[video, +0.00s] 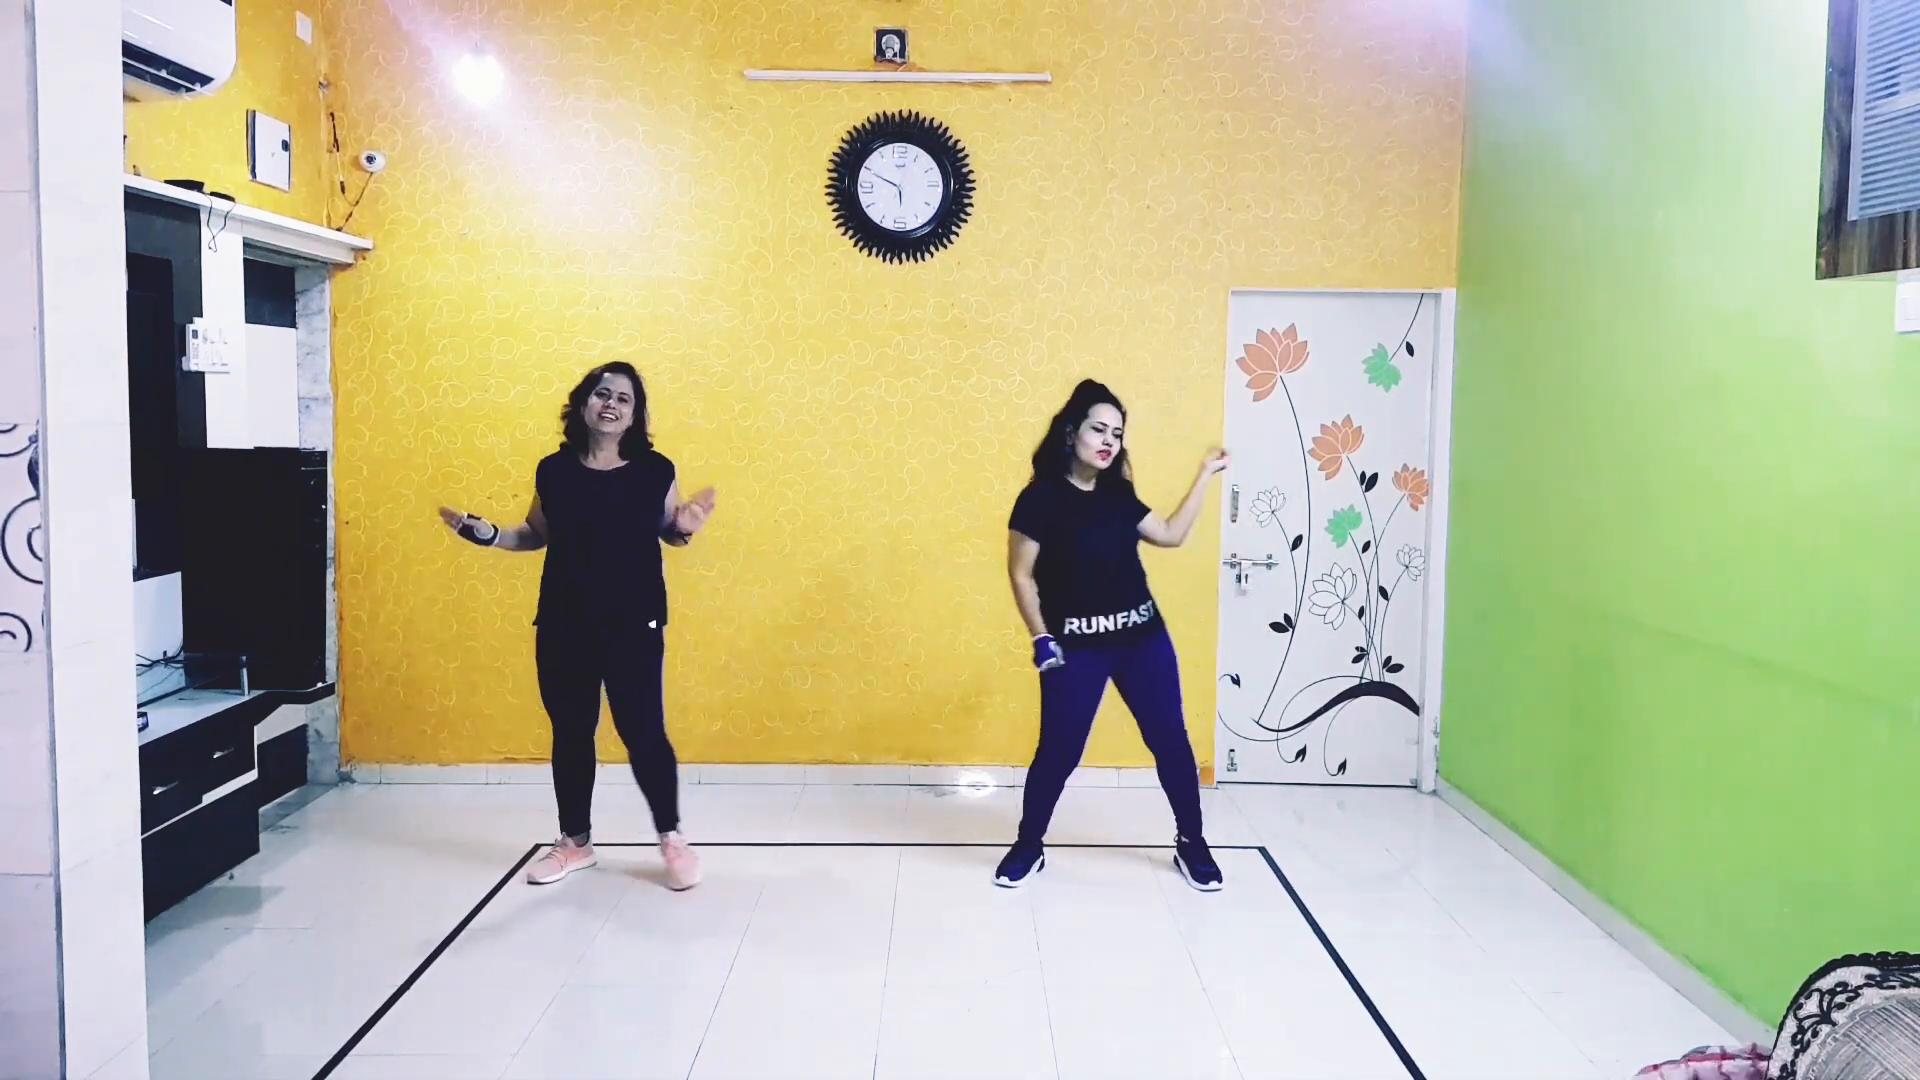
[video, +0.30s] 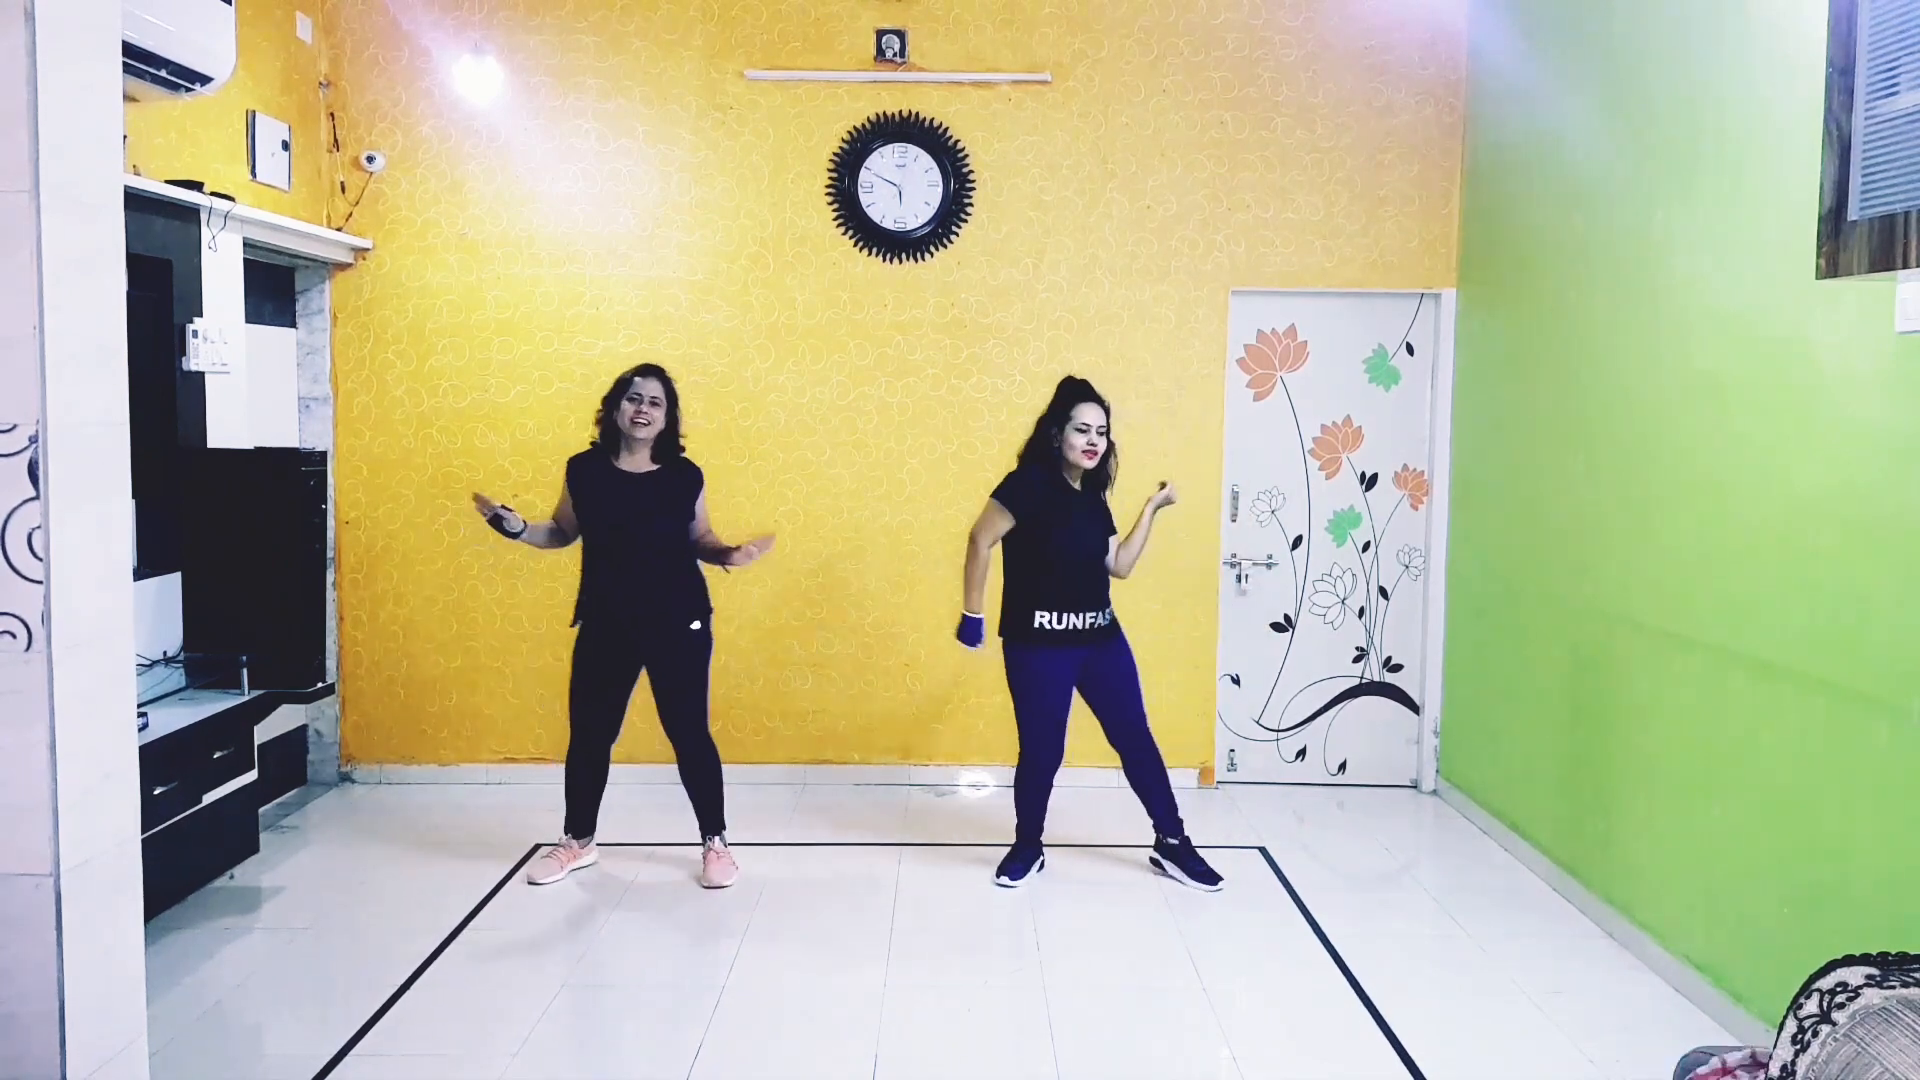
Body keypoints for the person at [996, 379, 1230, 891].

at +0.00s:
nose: (1109, 440)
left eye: (1116, 433)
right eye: (1099, 428)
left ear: (1120, 442)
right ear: (1071, 430)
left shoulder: (1116, 495)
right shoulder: (1040, 498)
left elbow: (1171, 534)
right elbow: (1021, 574)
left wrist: (1206, 473)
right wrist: (1042, 639)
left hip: (1141, 639)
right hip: (1074, 645)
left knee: (1171, 741)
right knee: (1057, 755)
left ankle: (1192, 841)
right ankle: (1028, 844)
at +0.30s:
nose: (1093, 441)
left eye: (1101, 433)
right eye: (1082, 430)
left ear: (1107, 441)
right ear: (1056, 432)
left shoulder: (1092, 499)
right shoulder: (1027, 485)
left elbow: (1121, 564)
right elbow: (981, 538)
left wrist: (1150, 509)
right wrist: (972, 613)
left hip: (1099, 640)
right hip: (1037, 643)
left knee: (1135, 738)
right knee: (1040, 754)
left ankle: (1171, 839)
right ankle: (1027, 845)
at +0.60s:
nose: (1087, 448)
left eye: (1096, 436)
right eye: (1074, 438)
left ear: (1110, 442)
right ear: (1057, 444)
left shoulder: (1102, 507)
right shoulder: (1033, 486)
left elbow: (1093, 582)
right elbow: (964, 516)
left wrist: (1133, 564)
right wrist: (922, 566)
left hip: (1078, 641)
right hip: (1016, 638)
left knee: (1123, 740)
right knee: (1029, 751)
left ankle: (1161, 843)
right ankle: (1026, 844)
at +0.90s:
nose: (1082, 446)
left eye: (1094, 435)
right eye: (1071, 436)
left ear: (1113, 443)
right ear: (1058, 444)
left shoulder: (1134, 506)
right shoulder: (1045, 496)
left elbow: (1160, 560)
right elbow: (977, 520)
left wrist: (1154, 612)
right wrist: (943, 490)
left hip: (1096, 643)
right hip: (1026, 635)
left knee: (1134, 747)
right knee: (1025, 745)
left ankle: (1168, 845)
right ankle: (1026, 843)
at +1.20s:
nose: (1101, 450)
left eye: (1113, 440)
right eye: (1092, 439)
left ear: (1132, 446)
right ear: (1079, 445)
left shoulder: (1160, 498)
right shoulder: (1080, 507)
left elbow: (1220, 537)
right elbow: (1033, 561)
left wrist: (1218, 598)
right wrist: (997, 512)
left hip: (1143, 650)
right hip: (1074, 642)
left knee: (1156, 756)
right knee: (1046, 745)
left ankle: (1188, 845)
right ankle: (1027, 843)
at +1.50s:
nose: (1126, 453)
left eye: (1138, 442)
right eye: (1116, 441)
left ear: (1157, 447)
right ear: (1103, 446)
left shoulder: (1185, 493)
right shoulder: (1104, 513)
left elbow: (1249, 524)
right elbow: (1093, 587)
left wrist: (1247, 593)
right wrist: (1037, 571)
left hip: (1179, 651)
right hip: (1110, 647)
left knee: (1181, 759)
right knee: (1070, 748)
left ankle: (1193, 846)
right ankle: (1029, 841)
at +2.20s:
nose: (1122, 441)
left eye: (1134, 432)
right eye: (1112, 429)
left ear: (1149, 441)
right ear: (1096, 436)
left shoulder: (1163, 498)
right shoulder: (1075, 498)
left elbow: (1193, 570)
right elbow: (1057, 571)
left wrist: (1215, 633)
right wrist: (1050, 643)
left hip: (1155, 647)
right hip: (1084, 645)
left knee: (1182, 752)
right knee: (1056, 750)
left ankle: (1191, 846)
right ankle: (1029, 842)